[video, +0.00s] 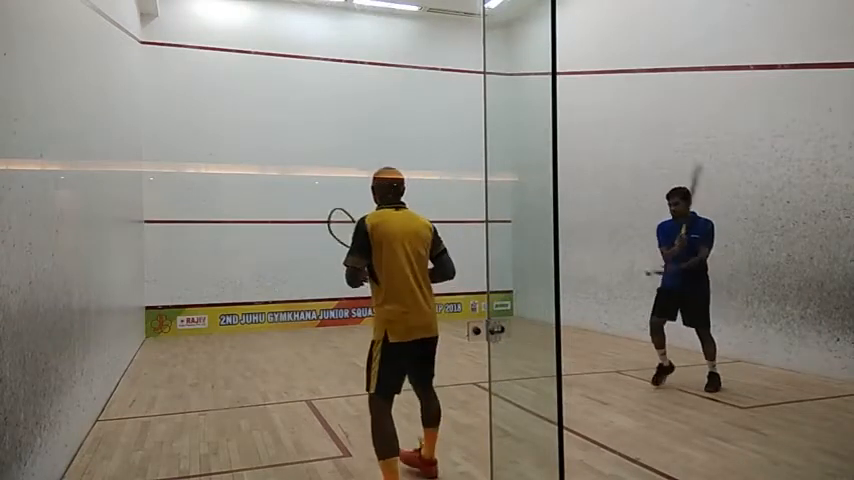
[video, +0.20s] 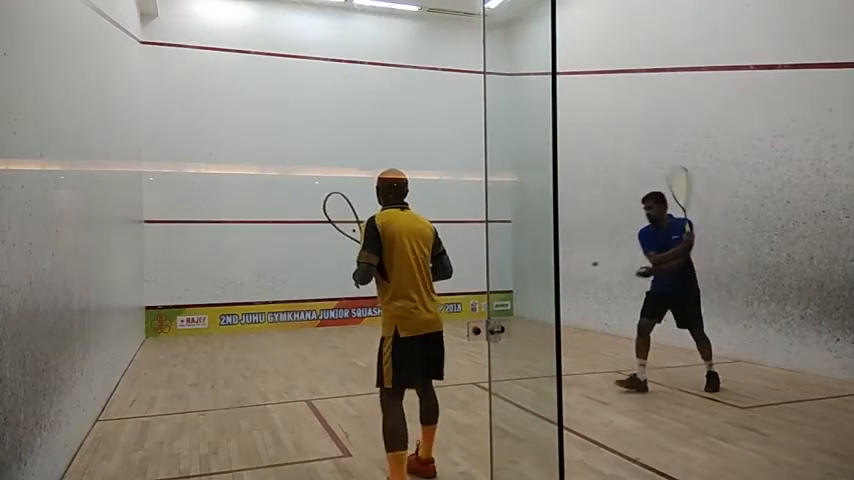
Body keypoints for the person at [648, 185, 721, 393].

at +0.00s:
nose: (672, 209)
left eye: (677, 204)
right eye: (670, 205)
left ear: (688, 204)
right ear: (667, 206)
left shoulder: (704, 226)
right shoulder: (664, 228)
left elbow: (702, 256)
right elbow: (666, 257)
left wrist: (677, 268)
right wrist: (677, 247)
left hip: (696, 285)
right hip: (671, 283)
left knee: (702, 330)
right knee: (655, 324)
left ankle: (712, 373)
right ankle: (664, 363)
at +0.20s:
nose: (647, 212)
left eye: (650, 208)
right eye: (645, 209)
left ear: (663, 207)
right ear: (644, 210)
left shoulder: (683, 225)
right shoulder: (645, 234)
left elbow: (683, 258)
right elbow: (654, 260)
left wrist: (655, 270)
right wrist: (683, 246)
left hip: (685, 288)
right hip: (660, 288)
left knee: (697, 333)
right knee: (643, 327)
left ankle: (711, 373)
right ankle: (640, 377)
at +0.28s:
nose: (637, 214)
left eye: (640, 210)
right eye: (635, 210)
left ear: (653, 209)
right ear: (635, 212)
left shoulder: (672, 227)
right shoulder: (636, 235)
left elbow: (673, 261)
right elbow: (637, 262)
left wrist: (649, 282)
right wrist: (665, 263)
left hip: (679, 289)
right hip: (654, 290)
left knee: (692, 332)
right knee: (643, 331)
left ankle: (710, 372)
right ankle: (638, 379)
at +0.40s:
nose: (617, 213)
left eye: (621, 209)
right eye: (618, 209)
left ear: (632, 210)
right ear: (630, 211)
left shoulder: (650, 230)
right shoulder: (626, 237)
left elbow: (661, 260)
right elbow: (612, 264)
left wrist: (664, 288)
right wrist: (589, 284)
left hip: (664, 286)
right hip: (644, 289)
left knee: (674, 334)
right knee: (635, 330)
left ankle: (705, 366)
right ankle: (636, 378)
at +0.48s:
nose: (611, 212)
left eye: (614, 208)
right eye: (612, 208)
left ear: (624, 210)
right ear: (622, 210)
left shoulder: (641, 229)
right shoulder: (622, 235)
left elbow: (655, 257)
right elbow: (607, 257)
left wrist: (668, 284)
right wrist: (589, 272)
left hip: (656, 291)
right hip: (638, 292)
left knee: (661, 335)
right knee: (632, 330)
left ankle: (700, 364)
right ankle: (636, 378)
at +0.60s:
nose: (601, 208)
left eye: (604, 204)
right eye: (602, 204)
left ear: (613, 206)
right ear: (617, 206)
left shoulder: (624, 227)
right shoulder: (618, 226)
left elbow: (639, 254)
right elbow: (635, 256)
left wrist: (656, 274)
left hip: (638, 290)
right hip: (629, 289)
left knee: (633, 332)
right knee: (626, 331)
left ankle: (676, 366)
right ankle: (635, 378)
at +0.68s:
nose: (597, 206)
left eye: (600, 203)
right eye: (598, 202)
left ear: (609, 206)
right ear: (611, 205)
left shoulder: (617, 225)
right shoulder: (617, 223)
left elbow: (630, 250)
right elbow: (620, 242)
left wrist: (642, 275)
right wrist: (636, 240)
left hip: (630, 288)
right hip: (625, 287)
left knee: (623, 331)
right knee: (622, 331)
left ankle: (656, 370)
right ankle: (635, 377)